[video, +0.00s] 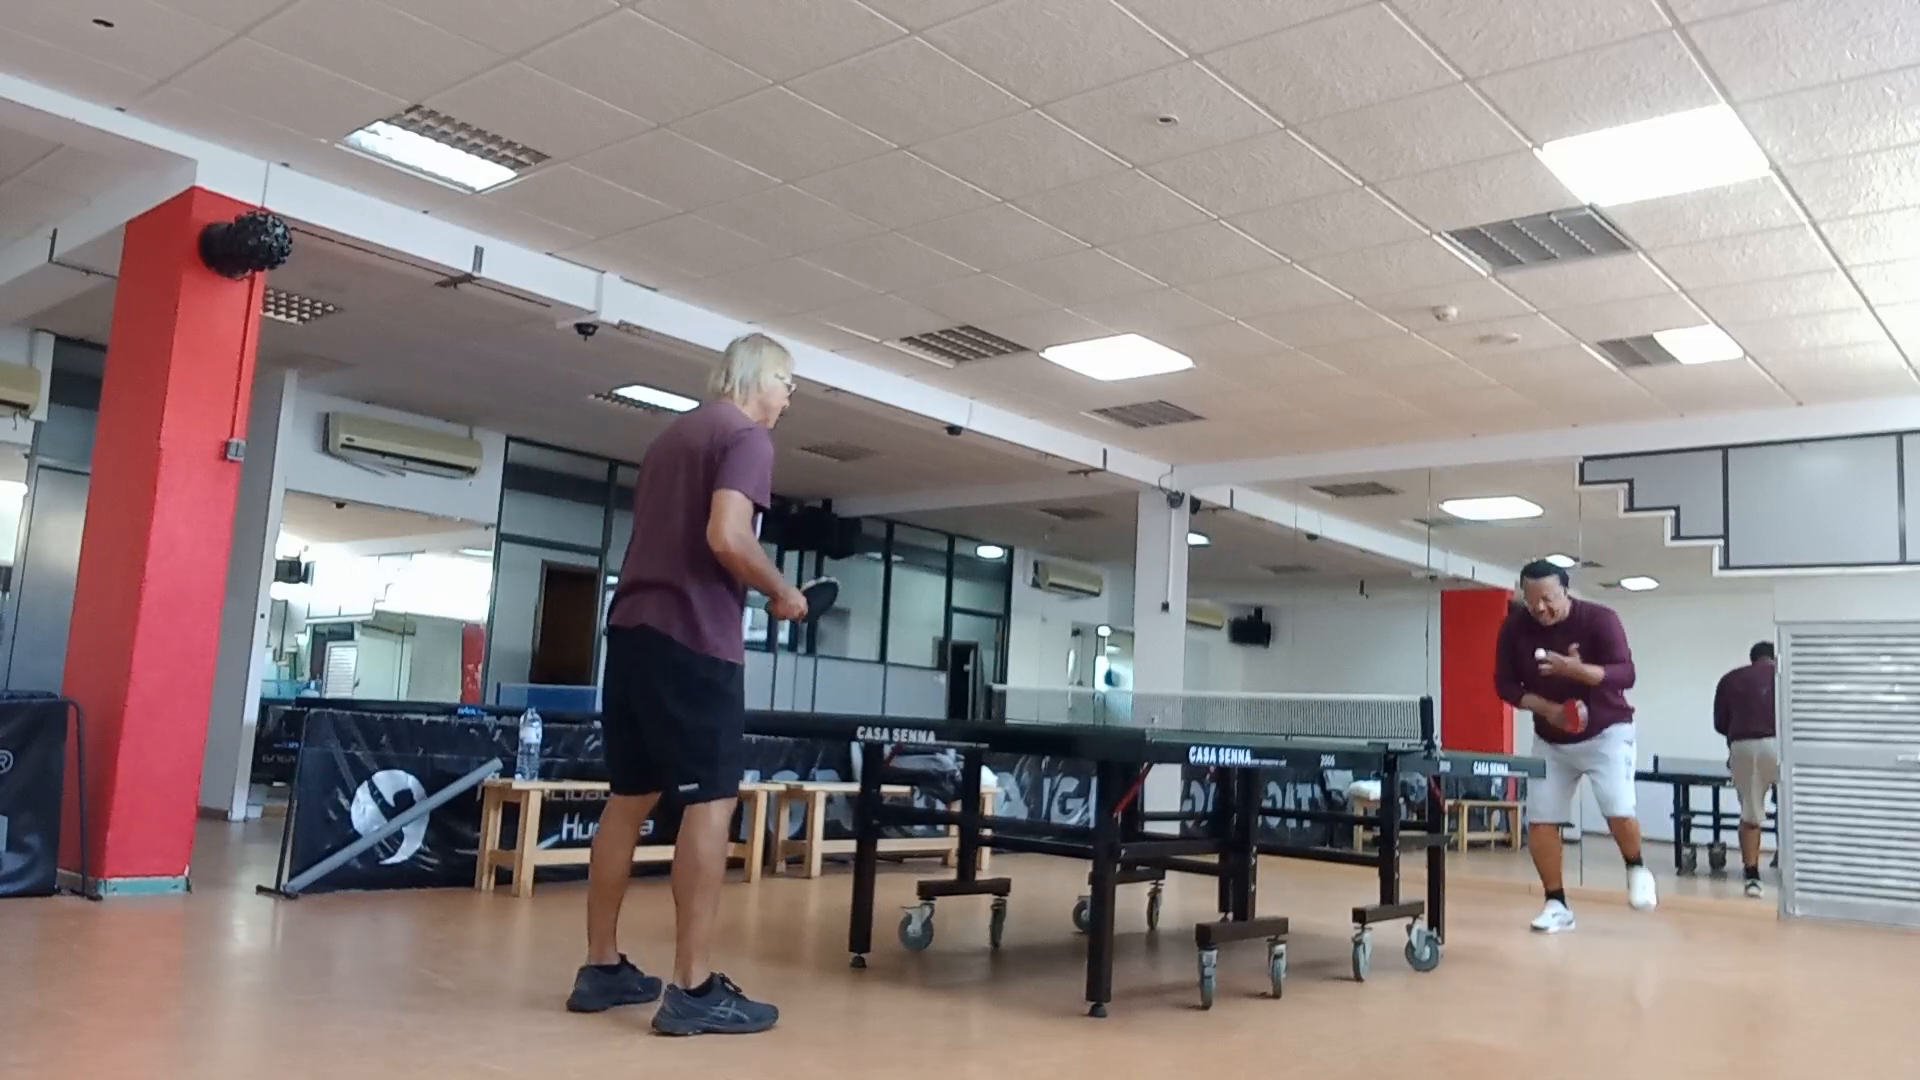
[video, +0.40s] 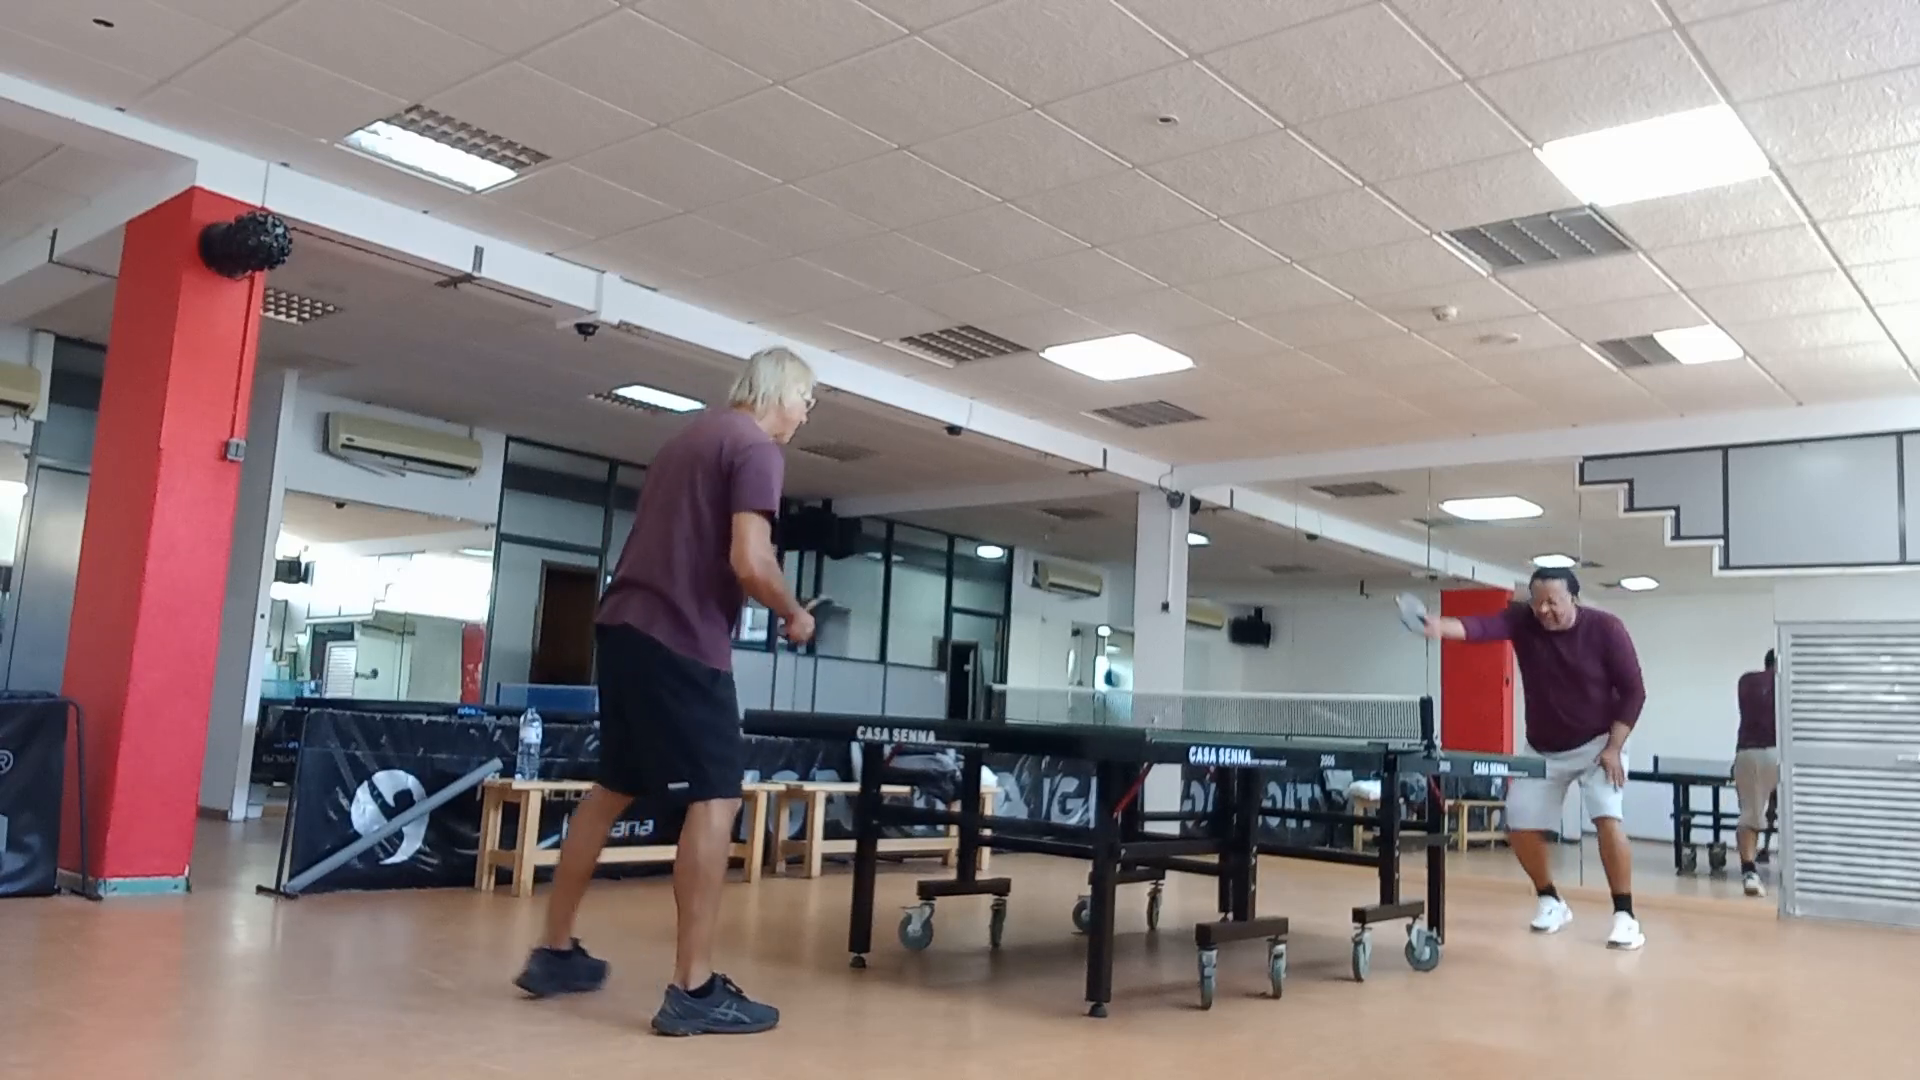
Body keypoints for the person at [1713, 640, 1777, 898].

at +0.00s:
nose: (1772, 663)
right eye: (1773, 658)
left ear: (1751, 658)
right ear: (1774, 658)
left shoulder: (1730, 678)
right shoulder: (1783, 675)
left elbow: (1720, 723)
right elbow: (1793, 713)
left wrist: (1742, 733)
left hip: (1741, 745)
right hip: (1776, 744)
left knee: (1750, 814)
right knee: (1791, 805)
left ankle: (1751, 876)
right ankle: (1785, 859)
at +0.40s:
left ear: (1765, 663)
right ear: (1782, 665)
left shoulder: (1747, 680)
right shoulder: (1788, 683)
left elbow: (1746, 714)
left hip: (1746, 751)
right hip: (1776, 750)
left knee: (1749, 814)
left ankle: (1749, 870)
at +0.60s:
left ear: (1766, 652)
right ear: (1786, 654)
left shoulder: (1748, 671)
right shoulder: (1793, 677)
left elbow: (1729, 698)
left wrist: (1747, 687)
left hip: (1749, 748)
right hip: (1782, 748)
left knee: (1732, 811)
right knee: (1796, 812)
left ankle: (1714, 870)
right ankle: (1801, 872)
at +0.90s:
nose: (1768, 660)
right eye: (1769, 656)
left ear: (1746, 655)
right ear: (1771, 655)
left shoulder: (1727, 676)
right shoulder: (1783, 676)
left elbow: (1707, 713)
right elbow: (1796, 710)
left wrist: (1708, 734)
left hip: (1744, 751)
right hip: (1780, 750)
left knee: (1724, 814)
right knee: (1797, 813)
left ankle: (1709, 871)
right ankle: (1801, 873)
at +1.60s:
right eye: (1777, 653)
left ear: (1758, 652)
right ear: (1778, 653)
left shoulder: (1738, 675)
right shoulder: (1784, 675)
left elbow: (1735, 709)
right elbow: (1793, 710)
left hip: (1743, 750)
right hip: (1777, 750)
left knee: (1726, 815)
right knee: (1799, 814)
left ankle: (1704, 871)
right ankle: (1805, 872)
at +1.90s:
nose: (1771, 655)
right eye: (1775, 649)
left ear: (1757, 649)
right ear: (1778, 648)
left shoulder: (1736, 675)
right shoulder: (1791, 673)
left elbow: (1713, 714)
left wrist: (1719, 741)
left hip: (1748, 751)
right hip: (1785, 750)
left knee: (1726, 816)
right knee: (1801, 814)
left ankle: (1705, 871)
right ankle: (1804, 873)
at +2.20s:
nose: (1761, 662)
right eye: (1762, 658)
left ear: (1739, 658)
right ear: (1764, 657)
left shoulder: (1724, 682)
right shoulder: (1780, 680)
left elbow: (1701, 721)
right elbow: (1795, 715)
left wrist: (1704, 749)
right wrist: (1793, 746)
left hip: (1740, 757)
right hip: (1777, 756)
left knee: (1717, 813)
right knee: (1788, 820)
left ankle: (1702, 869)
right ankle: (1798, 874)